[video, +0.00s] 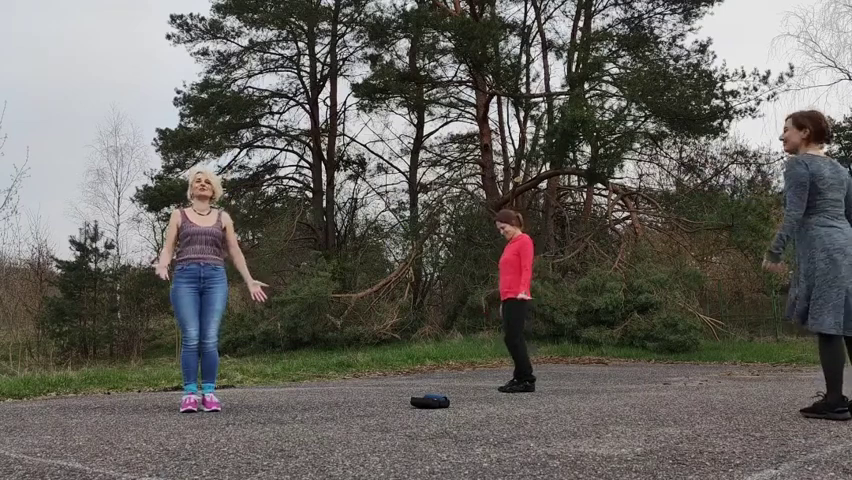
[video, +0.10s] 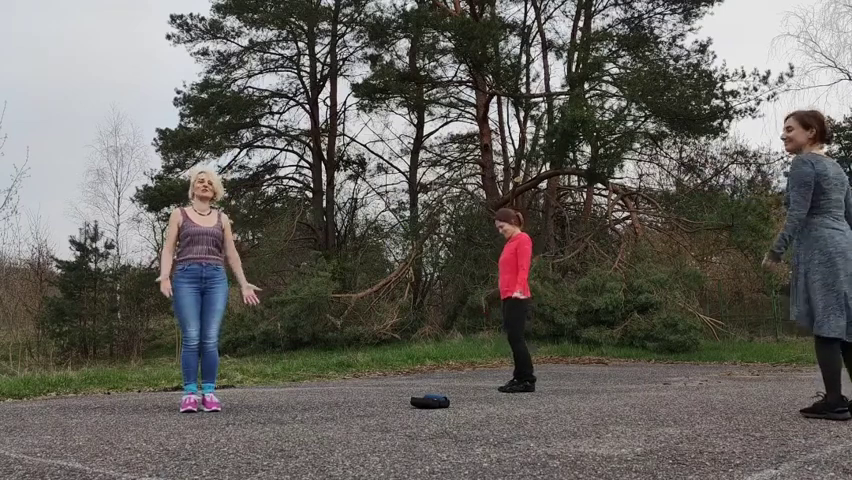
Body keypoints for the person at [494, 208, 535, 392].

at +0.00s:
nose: (502, 232)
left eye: (503, 227)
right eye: (499, 229)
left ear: (514, 224)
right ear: (503, 228)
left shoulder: (524, 241)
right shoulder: (511, 244)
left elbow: (526, 267)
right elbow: (508, 273)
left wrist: (523, 290)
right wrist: (503, 299)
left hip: (518, 297)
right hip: (508, 298)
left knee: (514, 337)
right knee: (511, 337)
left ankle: (525, 379)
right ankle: (520, 377)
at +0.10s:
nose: (501, 231)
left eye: (502, 227)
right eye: (499, 229)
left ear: (512, 223)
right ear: (505, 226)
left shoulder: (523, 239)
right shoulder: (511, 242)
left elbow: (524, 266)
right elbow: (510, 269)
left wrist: (519, 289)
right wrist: (505, 291)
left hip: (517, 297)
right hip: (508, 297)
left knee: (516, 337)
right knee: (514, 337)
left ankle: (526, 379)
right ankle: (519, 377)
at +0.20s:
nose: (499, 231)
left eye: (501, 227)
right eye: (498, 228)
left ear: (511, 223)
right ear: (506, 225)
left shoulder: (522, 239)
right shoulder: (511, 242)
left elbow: (523, 267)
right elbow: (511, 268)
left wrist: (516, 289)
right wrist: (506, 290)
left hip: (516, 297)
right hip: (508, 296)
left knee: (516, 337)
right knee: (514, 337)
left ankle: (526, 379)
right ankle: (519, 377)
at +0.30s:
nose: (500, 232)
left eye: (501, 228)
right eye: (498, 229)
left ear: (511, 224)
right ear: (506, 226)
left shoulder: (522, 240)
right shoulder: (512, 242)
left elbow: (522, 268)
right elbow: (511, 269)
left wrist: (514, 290)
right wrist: (505, 291)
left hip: (516, 298)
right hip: (508, 298)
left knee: (516, 339)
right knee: (513, 339)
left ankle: (526, 380)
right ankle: (519, 377)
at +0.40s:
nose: (499, 233)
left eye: (500, 229)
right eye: (497, 230)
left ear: (511, 224)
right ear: (506, 226)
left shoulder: (522, 241)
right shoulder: (512, 243)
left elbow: (523, 269)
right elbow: (511, 270)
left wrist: (515, 291)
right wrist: (505, 292)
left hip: (516, 300)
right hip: (508, 299)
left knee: (513, 339)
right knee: (512, 339)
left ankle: (525, 379)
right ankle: (520, 377)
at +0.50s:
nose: (499, 232)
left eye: (500, 228)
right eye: (497, 229)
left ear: (511, 224)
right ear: (506, 226)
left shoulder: (522, 241)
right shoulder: (511, 243)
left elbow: (523, 268)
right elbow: (510, 269)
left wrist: (517, 292)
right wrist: (505, 292)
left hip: (515, 298)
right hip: (506, 297)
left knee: (514, 339)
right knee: (512, 339)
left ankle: (525, 379)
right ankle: (520, 377)